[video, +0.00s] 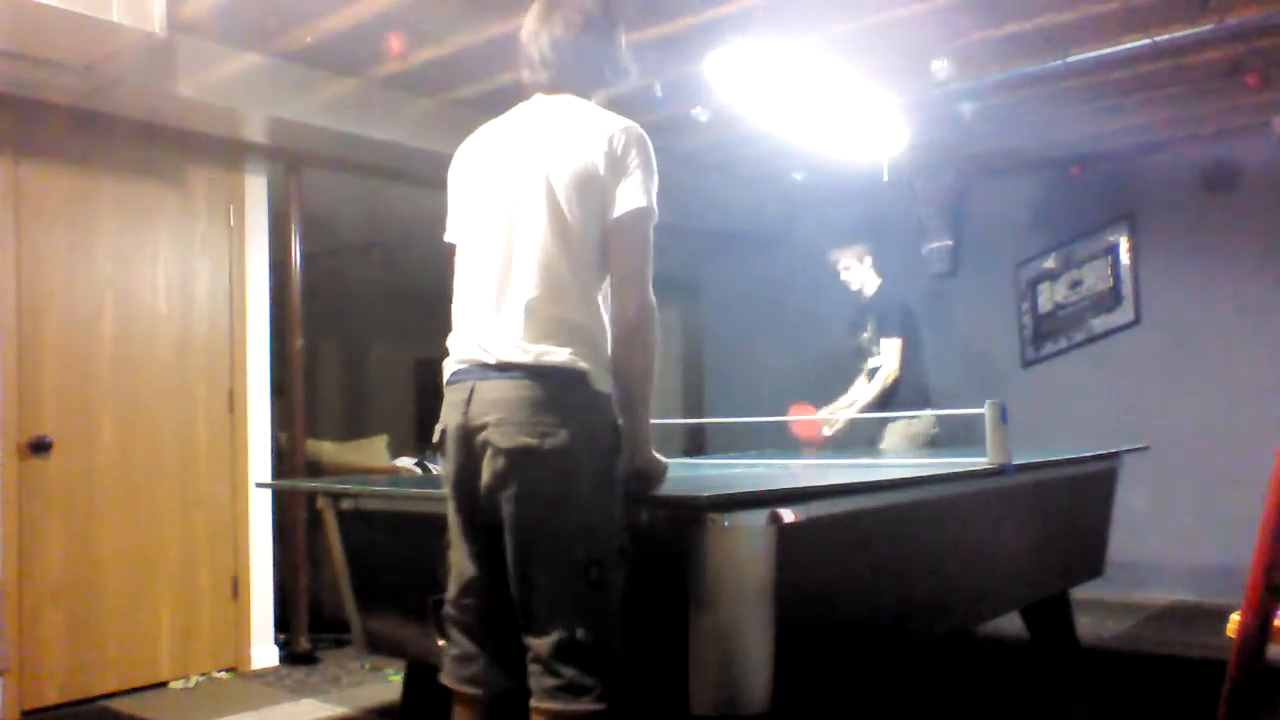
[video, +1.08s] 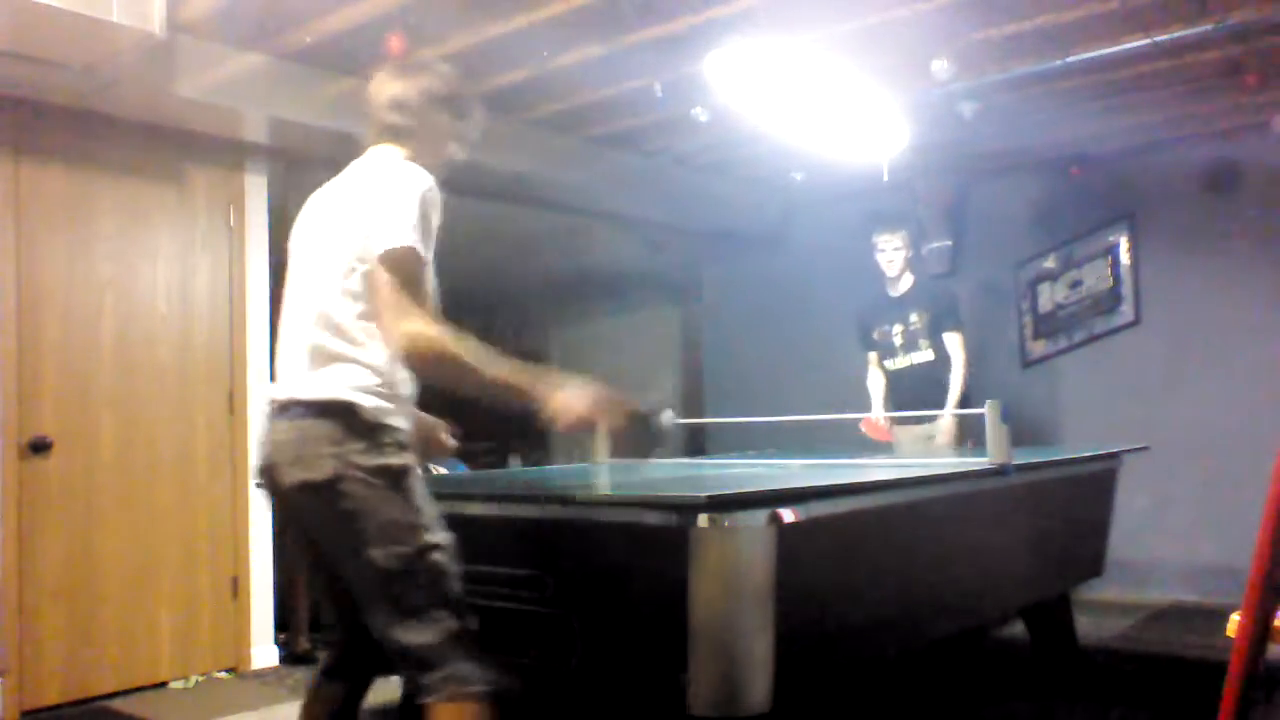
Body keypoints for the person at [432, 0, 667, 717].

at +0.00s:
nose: (624, 68)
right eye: (619, 51)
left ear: (529, 57)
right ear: (608, 55)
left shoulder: (473, 147)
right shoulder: (617, 137)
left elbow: (467, 291)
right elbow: (631, 307)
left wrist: (459, 418)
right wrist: (638, 439)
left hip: (462, 410)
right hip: (554, 413)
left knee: (471, 640)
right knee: (566, 651)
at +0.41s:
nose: (615, 75)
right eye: (609, 62)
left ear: (523, 64)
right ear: (599, 63)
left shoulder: (471, 149)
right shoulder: (609, 136)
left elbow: (466, 296)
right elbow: (625, 301)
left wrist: (453, 417)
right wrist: (642, 432)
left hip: (459, 408)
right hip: (546, 410)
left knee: (474, 638)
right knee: (568, 643)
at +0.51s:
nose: (610, 73)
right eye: (605, 58)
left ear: (520, 62)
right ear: (595, 60)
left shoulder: (467, 150)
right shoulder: (600, 133)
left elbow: (464, 293)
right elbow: (609, 297)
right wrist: (636, 427)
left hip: (451, 403)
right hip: (534, 408)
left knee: (471, 638)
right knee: (566, 645)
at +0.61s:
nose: (601, 79)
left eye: (600, 64)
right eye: (597, 63)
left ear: (513, 65)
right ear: (583, 63)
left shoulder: (462, 151)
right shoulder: (579, 132)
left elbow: (458, 297)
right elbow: (571, 291)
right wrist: (630, 413)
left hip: (442, 408)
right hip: (515, 413)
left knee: (469, 645)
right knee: (557, 650)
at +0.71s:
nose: (588, 84)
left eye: (588, 70)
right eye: (584, 67)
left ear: (502, 68)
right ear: (570, 68)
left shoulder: (459, 149)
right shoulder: (546, 132)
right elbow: (514, 290)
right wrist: (607, 401)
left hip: (428, 414)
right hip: (494, 416)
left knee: (455, 637)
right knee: (548, 649)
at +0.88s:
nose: (537, 129)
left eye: (541, 115)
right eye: (541, 112)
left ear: (462, 90)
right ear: (529, 102)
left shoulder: (415, 162)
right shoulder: (476, 154)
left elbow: (401, 316)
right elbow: (410, 298)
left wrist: (510, 423)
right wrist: (524, 412)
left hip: (377, 429)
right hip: (434, 432)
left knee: (399, 641)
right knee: (511, 642)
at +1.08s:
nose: (463, 142)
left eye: (466, 126)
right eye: (459, 122)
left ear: (386, 116)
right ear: (425, 113)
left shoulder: (326, 198)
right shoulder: (400, 180)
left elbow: (318, 351)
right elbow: (408, 330)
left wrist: (403, 418)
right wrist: (546, 390)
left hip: (292, 439)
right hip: (345, 437)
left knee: (350, 651)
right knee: (440, 651)